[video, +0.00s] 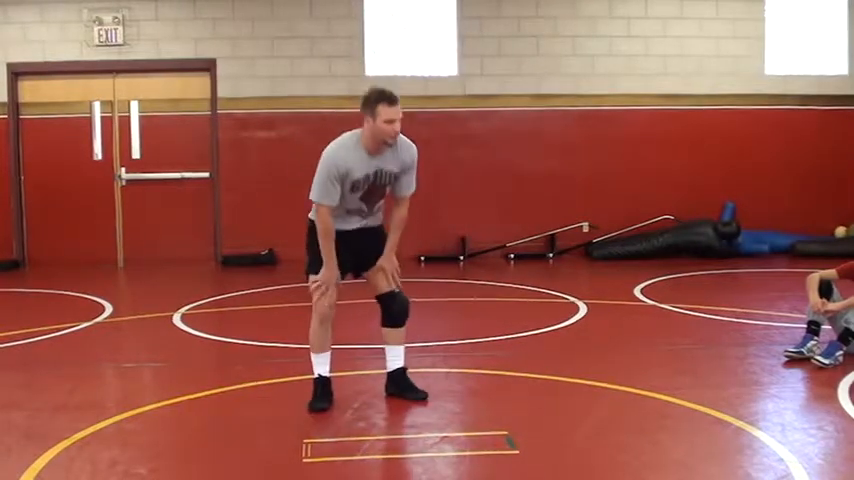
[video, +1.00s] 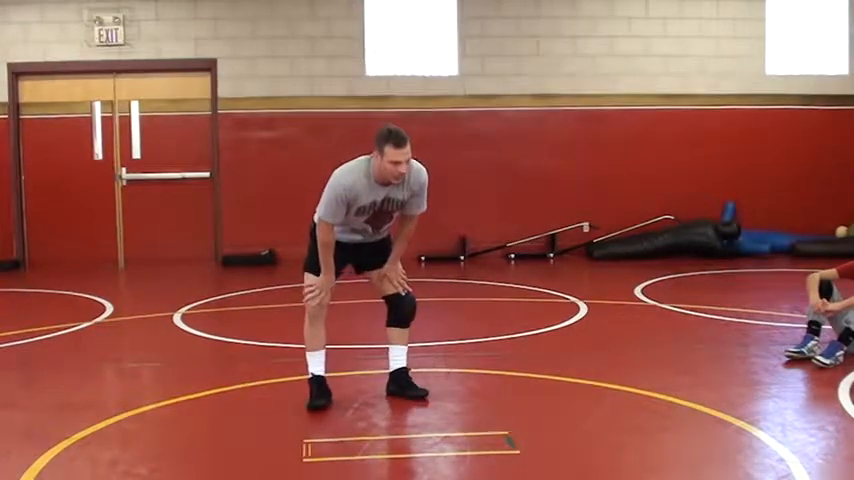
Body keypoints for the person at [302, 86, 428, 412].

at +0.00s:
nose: (396, 129)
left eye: (399, 121)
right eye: (389, 122)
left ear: (401, 119)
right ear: (367, 121)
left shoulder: (406, 152)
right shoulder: (336, 155)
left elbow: (401, 204)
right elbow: (323, 214)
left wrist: (390, 253)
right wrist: (330, 265)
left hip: (370, 229)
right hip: (329, 230)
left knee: (395, 303)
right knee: (323, 307)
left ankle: (396, 377)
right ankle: (321, 384)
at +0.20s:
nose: (409, 152)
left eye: (412, 144)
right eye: (402, 145)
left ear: (415, 142)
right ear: (381, 142)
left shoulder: (416, 167)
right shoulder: (347, 169)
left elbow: (408, 214)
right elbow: (328, 220)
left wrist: (393, 257)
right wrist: (331, 270)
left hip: (373, 233)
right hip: (332, 233)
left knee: (399, 303)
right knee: (323, 306)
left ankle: (397, 377)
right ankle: (322, 383)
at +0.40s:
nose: (408, 162)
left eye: (411, 155)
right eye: (401, 155)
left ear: (415, 151)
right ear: (381, 151)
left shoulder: (418, 173)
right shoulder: (347, 175)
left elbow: (409, 218)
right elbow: (327, 224)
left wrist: (391, 259)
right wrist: (329, 271)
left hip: (373, 237)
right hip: (332, 236)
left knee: (398, 303)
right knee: (321, 305)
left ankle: (397, 377)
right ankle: (320, 382)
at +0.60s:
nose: (403, 168)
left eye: (407, 161)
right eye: (396, 161)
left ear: (412, 156)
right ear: (378, 157)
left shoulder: (416, 177)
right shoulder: (345, 180)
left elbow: (409, 220)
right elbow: (324, 224)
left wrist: (391, 259)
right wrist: (326, 273)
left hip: (373, 240)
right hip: (332, 239)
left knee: (399, 303)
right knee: (318, 305)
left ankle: (398, 377)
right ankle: (319, 382)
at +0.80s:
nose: (402, 171)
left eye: (405, 164)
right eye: (395, 164)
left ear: (410, 159)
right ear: (376, 159)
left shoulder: (415, 178)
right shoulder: (344, 181)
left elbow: (408, 221)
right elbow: (324, 226)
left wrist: (391, 260)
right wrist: (327, 275)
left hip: (373, 241)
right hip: (332, 240)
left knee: (401, 303)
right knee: (315, 304)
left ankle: (398, 377)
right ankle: (318, 382)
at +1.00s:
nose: (402, 170)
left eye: (406, 162)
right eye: (395, 163)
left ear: (411, 157)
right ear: (376, 157)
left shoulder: (417, 176)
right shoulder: (345, 180)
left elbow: (409, 220)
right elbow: (325, 227)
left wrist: (393, 260)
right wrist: (327, 276)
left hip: (374, 240)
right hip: (333, 239)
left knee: (402, 303)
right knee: (315, 304)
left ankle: (398, 377)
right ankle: (317, 382)